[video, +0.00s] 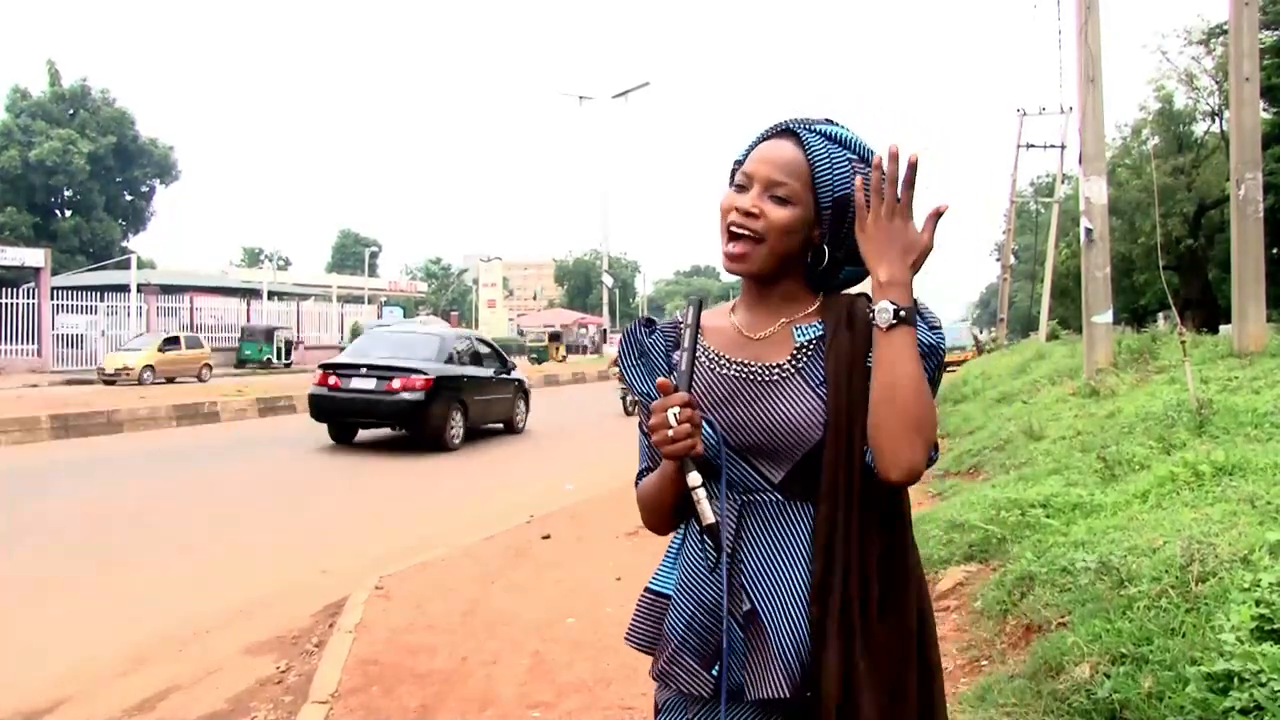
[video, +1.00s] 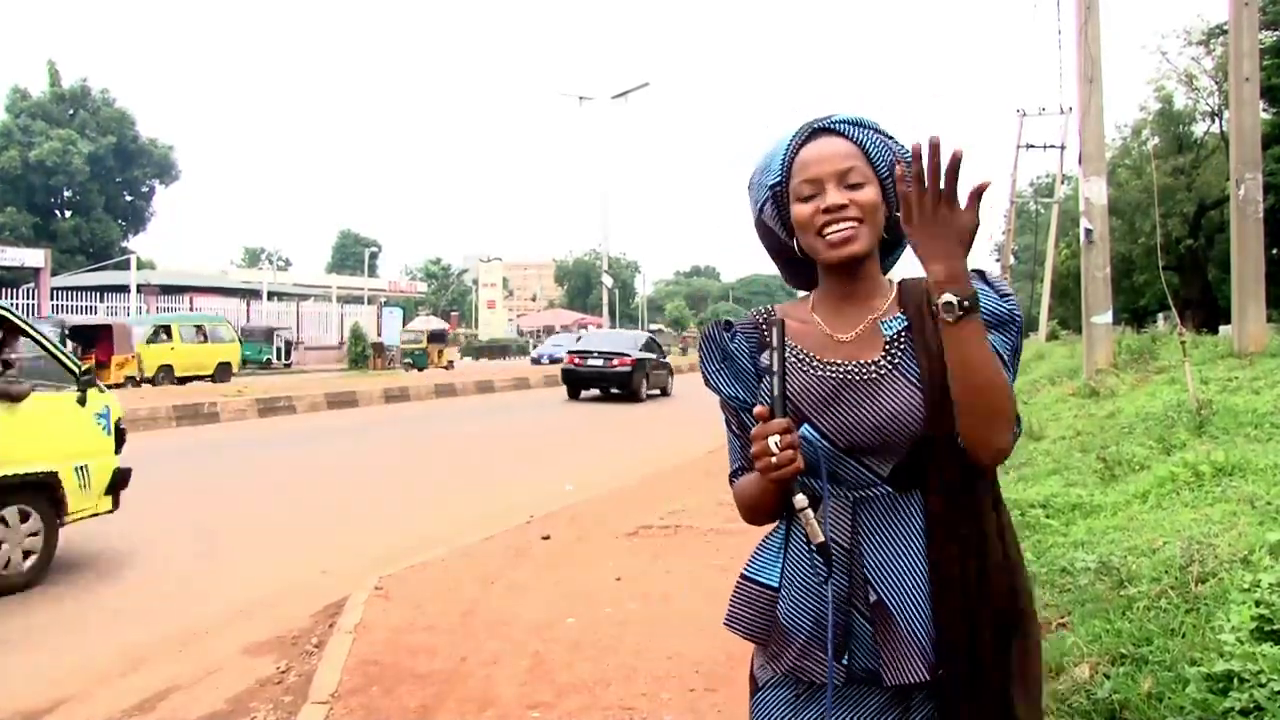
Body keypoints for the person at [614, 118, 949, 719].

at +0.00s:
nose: (745, 207)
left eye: (778, 197)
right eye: (741, 185)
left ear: (820, 230)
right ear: (723, 193)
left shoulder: (873, 330)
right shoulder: (677, 341)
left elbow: (902, 461)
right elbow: (656, 518)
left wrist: (891, 284)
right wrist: (671, 461)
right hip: (707, 629)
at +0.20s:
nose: (743, 204)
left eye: (776, 194)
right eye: (739, 184)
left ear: (821, 225)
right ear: (726, 191)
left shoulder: (871, 326)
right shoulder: (678, 339)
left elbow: (937, 412)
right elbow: (653, 515)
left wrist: (922, 265)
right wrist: (681, 459)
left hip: (836, 627)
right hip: (714, 628)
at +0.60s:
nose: (778, 206)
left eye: (805, 189)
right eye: (762, 192)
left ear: (849, 213)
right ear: (744, 216)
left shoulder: (911, 310)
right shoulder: (714, 346)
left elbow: (995, 450)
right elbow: (704, 519)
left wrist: (920, 295)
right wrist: (729, 465)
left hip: (894, 626)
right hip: (762, 628)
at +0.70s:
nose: (790, 205)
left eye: (816, 186)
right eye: (772, 191)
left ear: (859, 208)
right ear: (754, 217)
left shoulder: (933, 320)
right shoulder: (724, 348)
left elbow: (982, 480)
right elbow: (722, 518)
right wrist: (743, 473)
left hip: (919, 637)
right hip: (781, 639)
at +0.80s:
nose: (806, 206)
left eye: (829, 187)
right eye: (786, 194)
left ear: (869, 208)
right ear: (767, 221)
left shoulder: (941, 326)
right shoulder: (737, 350)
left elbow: (978, 491)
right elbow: (733, 516)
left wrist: (889, 463)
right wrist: (752, 479)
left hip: (911, 623)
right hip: (789, 633)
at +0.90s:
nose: (826, 207)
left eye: (846, 188)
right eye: (803, 196)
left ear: (881, 206)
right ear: (781, 223)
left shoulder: (950, 319)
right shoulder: (750, 346)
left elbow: (988, 475)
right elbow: (742, 513)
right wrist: (761, 480)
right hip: (808, 612)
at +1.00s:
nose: (833, 202)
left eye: (852, 182)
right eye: (808, 193)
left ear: (891, 199)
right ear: (789, 223)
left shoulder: (954, 304)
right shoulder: (756, 341)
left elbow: (991, 443)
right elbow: (751, 508)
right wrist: (770, 476)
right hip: (807, 633)